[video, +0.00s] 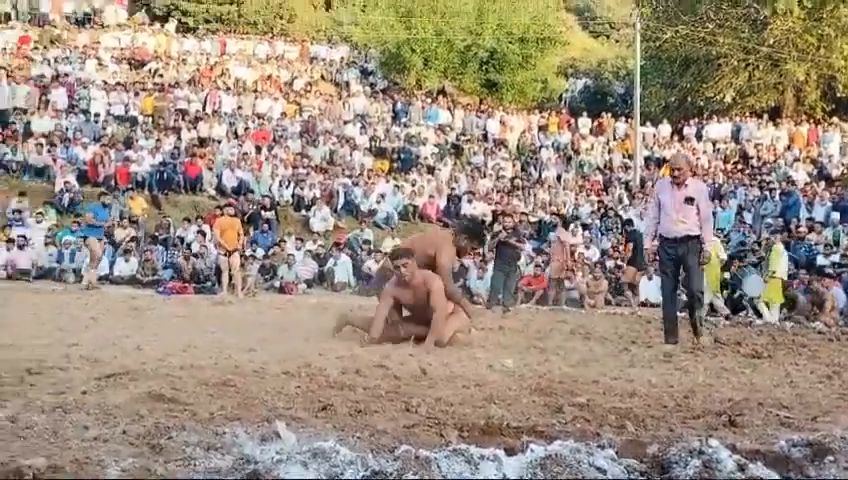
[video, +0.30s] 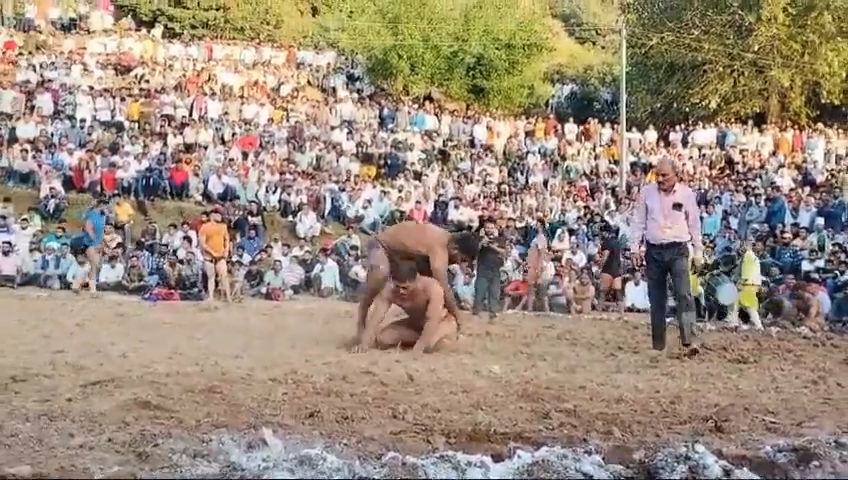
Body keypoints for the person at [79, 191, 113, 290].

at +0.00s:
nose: (108, 201)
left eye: (110, 199)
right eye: (106, 198)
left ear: (111, 200)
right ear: (101, 198)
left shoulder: (107, 210)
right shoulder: (93, 207)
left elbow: (107, 222)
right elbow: (88, 220)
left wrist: (110, 223)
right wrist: (103, 224)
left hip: (100, 235)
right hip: (90, 234)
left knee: (98, 257)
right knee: (97, 253)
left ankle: (88, 280)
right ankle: (91, 278)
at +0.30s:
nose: (105, 207)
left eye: (106, 205)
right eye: (103, 204)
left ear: (106, 205)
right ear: (99, 204)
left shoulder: (103, 215)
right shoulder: (93, 214)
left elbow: (101, 230)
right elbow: (88, 227)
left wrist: (103, 241)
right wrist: (94, 239)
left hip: (98, 243)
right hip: (90, 243)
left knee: (94, 265)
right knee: (94, 264)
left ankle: (77, 284)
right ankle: (92, 288)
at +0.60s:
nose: (114, 214)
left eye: (115, 212)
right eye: (113, 211)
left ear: (109, 211)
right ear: (110, 210)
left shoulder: (107, 221)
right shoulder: (101, 218)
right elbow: (102, 232)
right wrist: (107, 247)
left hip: (105, 247)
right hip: (97, 247)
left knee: (109, 272)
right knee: (97, 270)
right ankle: (90, 294)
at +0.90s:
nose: (123, 221)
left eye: (124, 219)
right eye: (123, 218)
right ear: (119, 216)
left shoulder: (104, 223)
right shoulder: (113, 223)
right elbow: (112, 236)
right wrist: (118, 249)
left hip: (105, 251)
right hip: (110, 252)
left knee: (112, 274)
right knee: (116, 273)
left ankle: (110, 298)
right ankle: (99, 290)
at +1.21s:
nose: (133, 219)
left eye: (133, 217)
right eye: (133, 216)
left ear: (124, 214)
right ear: (130, 215)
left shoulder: (116, 223)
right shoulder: (126, 223)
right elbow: (125, 236)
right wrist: (132, 249)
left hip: (113, 250)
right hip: (122, 251)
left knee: (115, 276)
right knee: (130, 274)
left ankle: (109, 298)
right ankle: (133, 298)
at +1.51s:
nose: (143, 221)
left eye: (143, 219)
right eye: (142, 219)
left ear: (129, 216)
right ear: (140, 218)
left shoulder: (121, 225)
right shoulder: (140, 226)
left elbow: (115, 238)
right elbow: (144, 240)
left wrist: (115, 249)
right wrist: (147, 254)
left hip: (122, 250)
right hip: (134, 251)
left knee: (123, 275)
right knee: (138, 277)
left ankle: (113, 293)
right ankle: (136, 299)